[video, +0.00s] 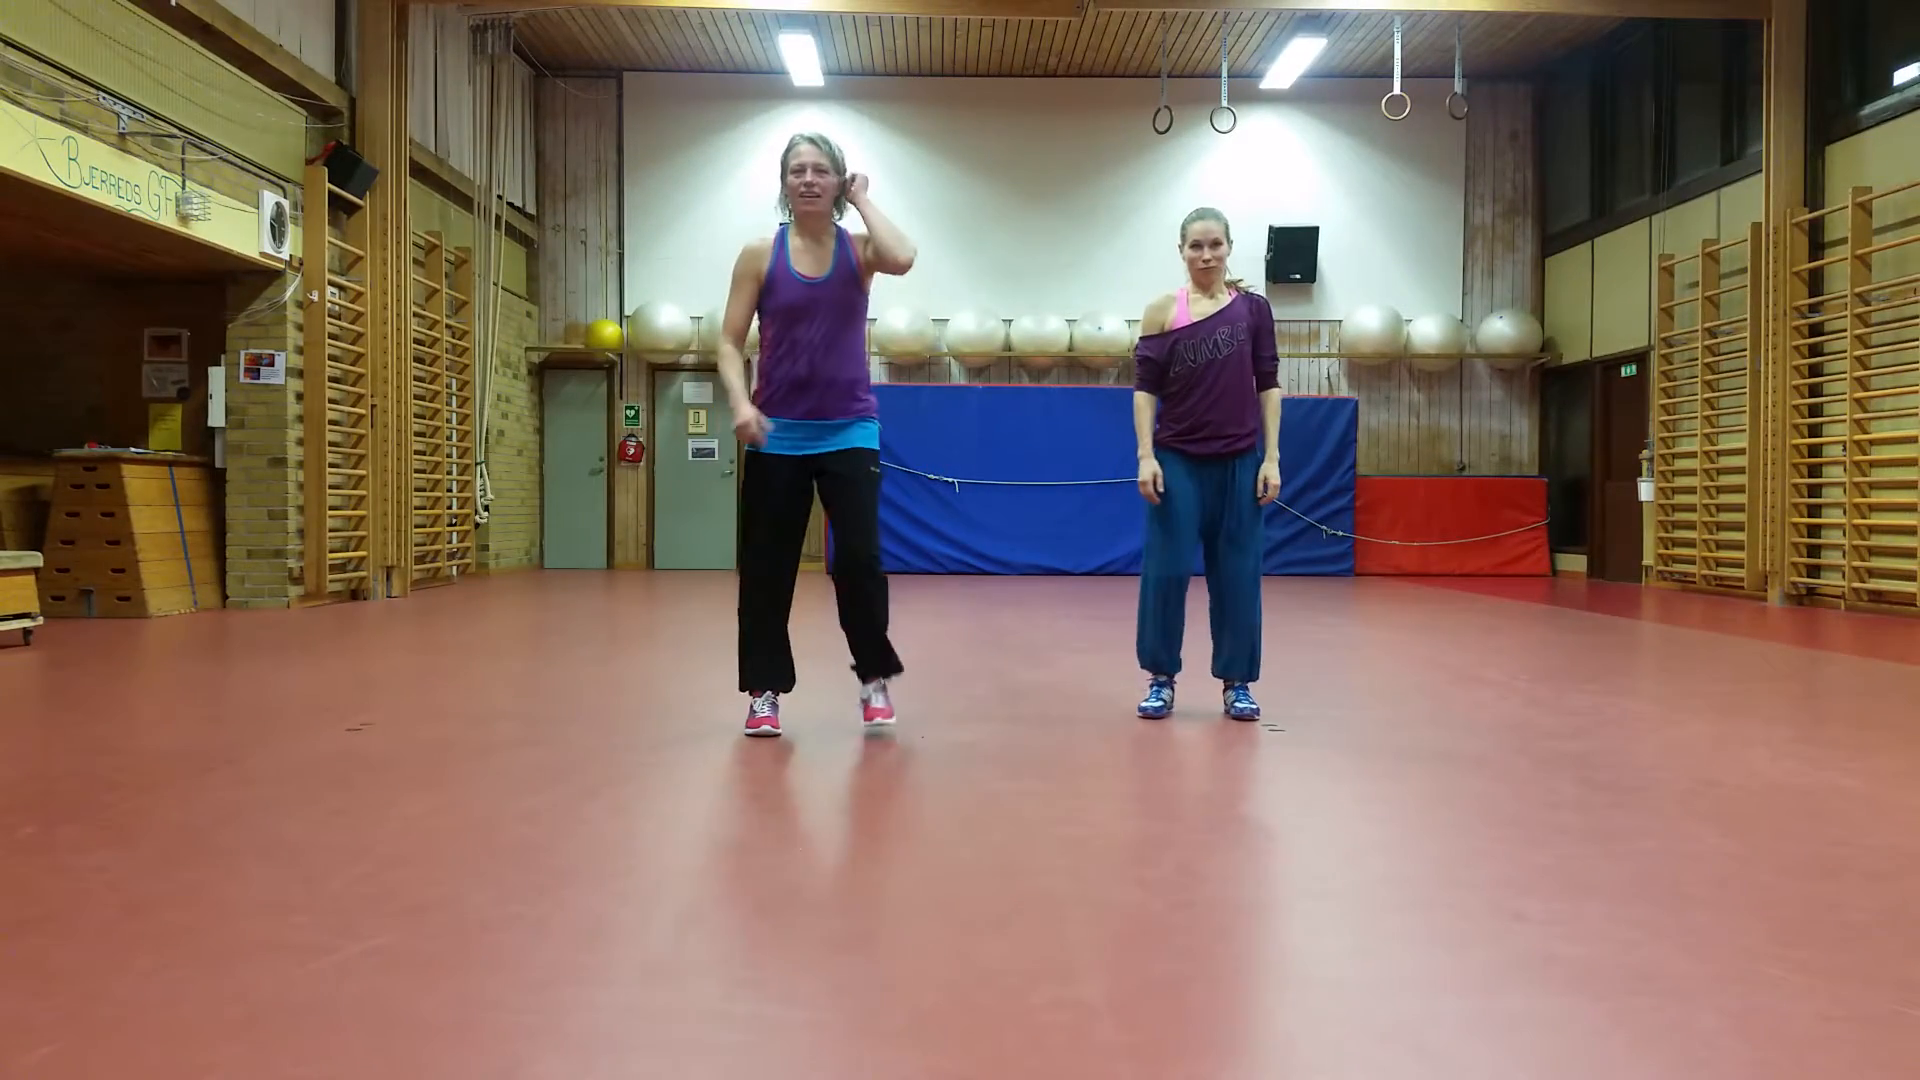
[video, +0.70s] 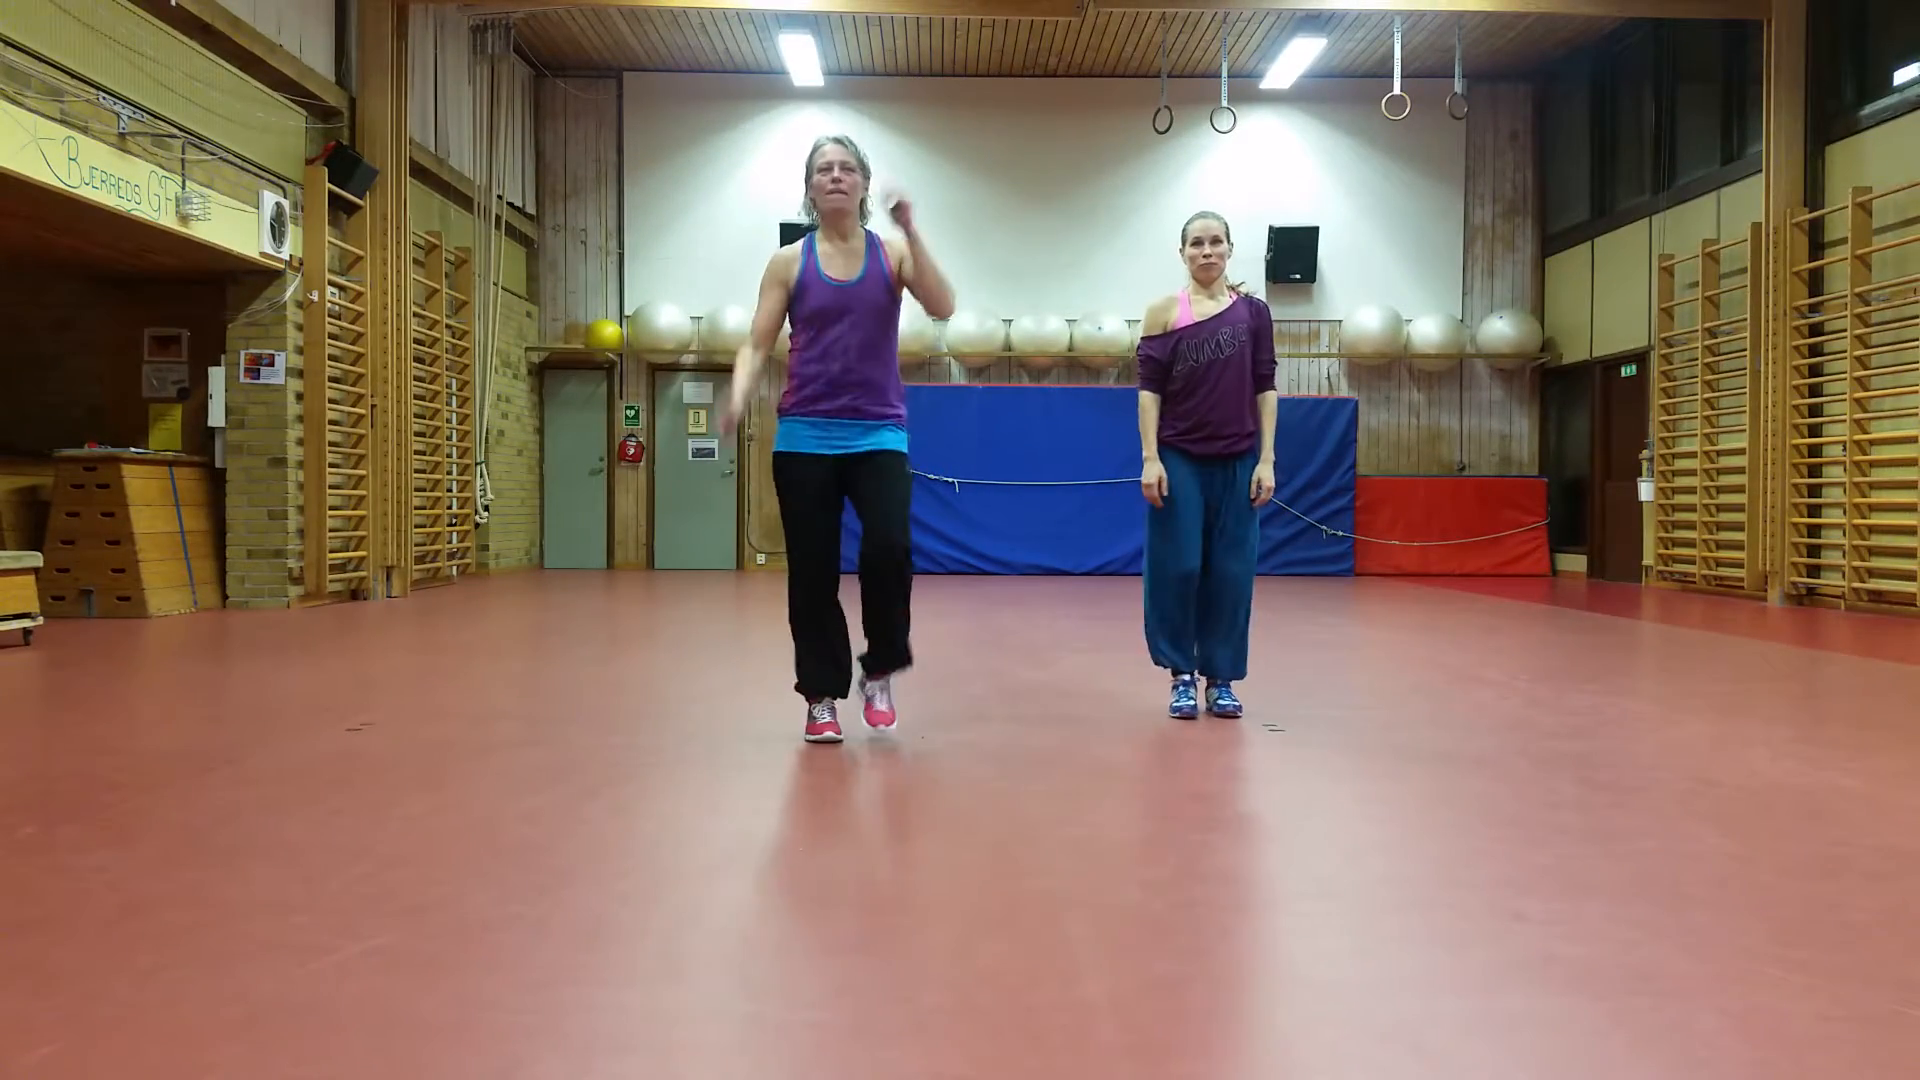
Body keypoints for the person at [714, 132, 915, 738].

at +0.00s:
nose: (807, 180)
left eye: (819, 171)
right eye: (797, 171)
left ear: (839, 185)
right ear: (783, 184)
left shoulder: (858, 245)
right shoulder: (760, 255)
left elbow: (900, 259)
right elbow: (729, 342)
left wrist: (862, 198)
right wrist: (741, 404)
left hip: (850, 429)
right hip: (777, 432)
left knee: (860, 558)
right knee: (766, 566)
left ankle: (874, 681)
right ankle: (763, 690)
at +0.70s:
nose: (836, 177)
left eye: (847, 169)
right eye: (824, 169)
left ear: (865, 184)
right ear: (808, 187)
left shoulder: (893, 250)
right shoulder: (789, 260)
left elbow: (942, 306)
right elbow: (758, 343)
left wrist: (912, 234)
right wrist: (737, 397)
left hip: (879, 432)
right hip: (805, 433)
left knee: (890, 550)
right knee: (812, 568)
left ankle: (880, 674)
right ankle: (821, 697)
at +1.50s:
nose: (852, 175)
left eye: (865, 169)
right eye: (841, 170)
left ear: (884, 187)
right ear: (828, 189)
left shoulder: (908, 251)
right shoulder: (814, 253)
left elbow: (944, 183)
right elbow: (769, 195)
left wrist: (886, 109)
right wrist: (814, 116)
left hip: (893, 439)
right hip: (822, 436)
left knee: (912, 568)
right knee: (828, 575)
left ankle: (869, 688)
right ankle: (825, 704)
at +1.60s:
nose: (862, 155)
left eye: (874, 149)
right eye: (850, 149)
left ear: (889, 166)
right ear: (832, 167)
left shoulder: (911, 229)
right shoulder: (819, 230)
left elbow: (949, 166)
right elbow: (786, 177)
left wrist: (914, 79)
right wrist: (796, 91)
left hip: (903, 416)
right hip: (830, 418)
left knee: (920, 552)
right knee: (827, 560)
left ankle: (895, 680)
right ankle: (825, 700)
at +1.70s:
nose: (866, 153)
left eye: (876, 146)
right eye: (854, 147)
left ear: (893, 163)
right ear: (836, 164)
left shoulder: (914, 227)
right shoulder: (825, 228)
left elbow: (936, 146)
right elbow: (808, 162)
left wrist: (885, 82)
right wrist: (847, 94)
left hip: (910, 412)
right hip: (839, 414)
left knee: (914, 556)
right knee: (834, 558)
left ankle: (912, 690)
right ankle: (841, 695)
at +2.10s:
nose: (868, 157)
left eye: (878, 149)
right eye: (857, 150)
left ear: (898, 164)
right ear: (841, 166)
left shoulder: (922, 229)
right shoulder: (831, 232)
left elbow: (926, 146)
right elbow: (805, 163)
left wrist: (875, 78)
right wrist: (854, 88)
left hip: (914, 415)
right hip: (842, 414)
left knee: (912, 562)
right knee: (846, 557)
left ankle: (906, 696)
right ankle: (846, 690)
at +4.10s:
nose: (892, 158)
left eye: (902, 151)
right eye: (881, 151)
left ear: (921, 167)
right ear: (865, 167)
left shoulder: (941, 227)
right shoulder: (850, 231)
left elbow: (963, 150)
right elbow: (835, 168)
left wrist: (910, 86)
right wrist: (886, 98)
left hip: (937, 420)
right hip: (864, 422)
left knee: (936, 569)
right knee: (863, 569)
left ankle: (936, 701)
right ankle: (882, 703)